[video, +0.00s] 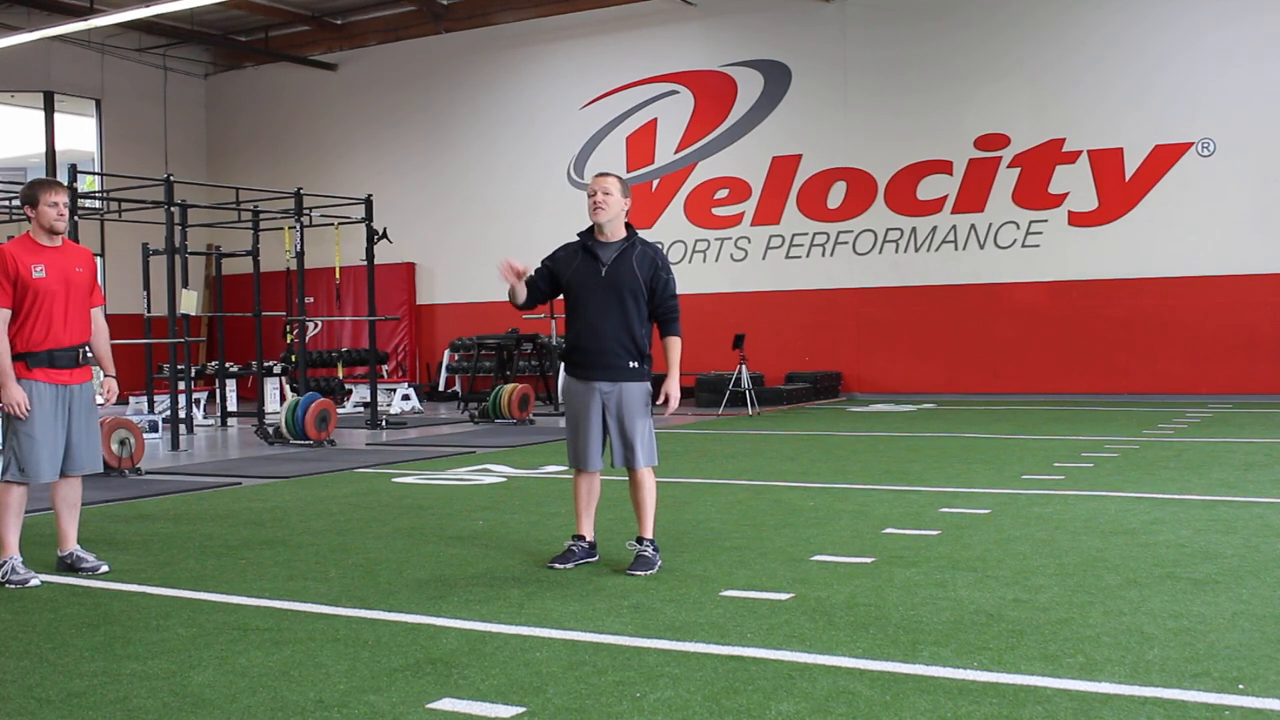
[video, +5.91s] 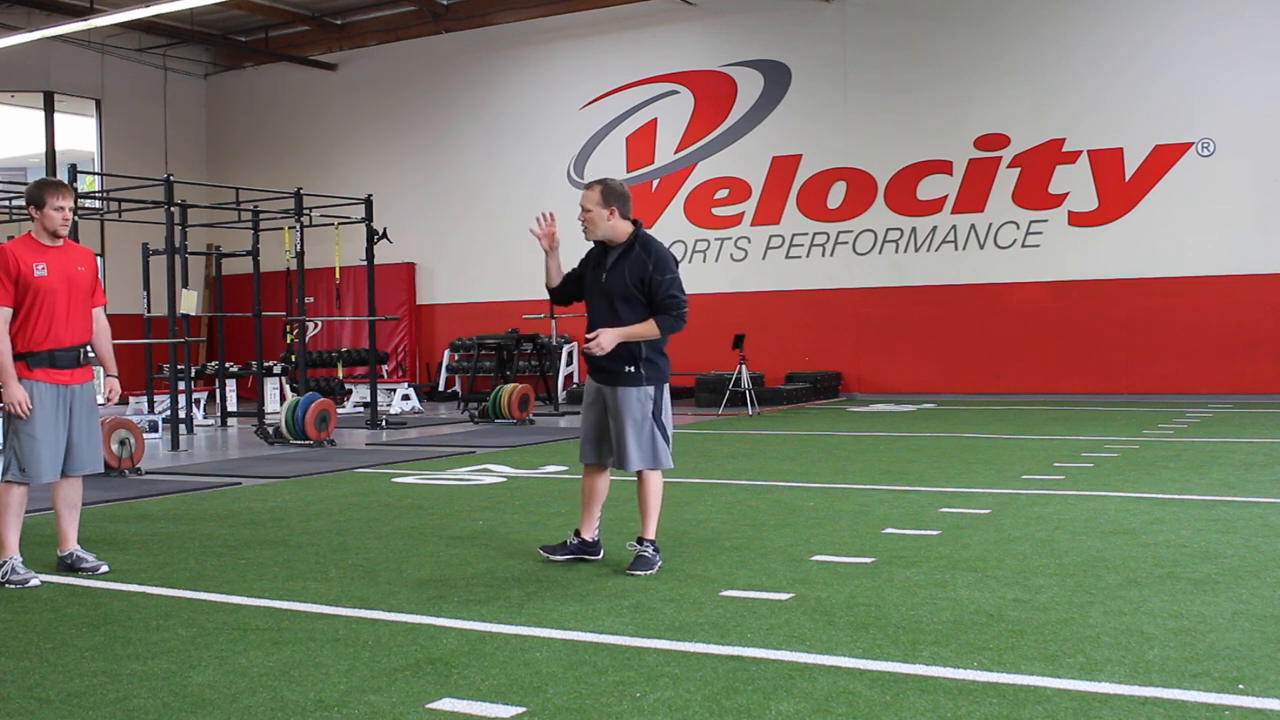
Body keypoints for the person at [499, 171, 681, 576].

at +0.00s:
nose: (597, 199)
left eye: (606, 193)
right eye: (592, 194)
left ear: (626, 203)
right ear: (587, 204)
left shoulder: (649, 256)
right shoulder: (568, 256)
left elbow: (669, 320)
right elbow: (527, 299)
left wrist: (673, 376)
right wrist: (517, 284)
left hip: (631, 379)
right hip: (580, 377)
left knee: (638, 463)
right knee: (584, 463)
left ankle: (646, 544)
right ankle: (584, 542)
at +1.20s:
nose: (594, 204)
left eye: (602, 197)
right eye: (588, 199)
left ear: (622, 204)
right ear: (583, 208)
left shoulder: (649, 255)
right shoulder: (570, 257)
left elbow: (673, 312)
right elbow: (539, 309)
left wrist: (654, 335)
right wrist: (528, 296)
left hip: (632, 379)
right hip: (582, 377)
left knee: (639, 463)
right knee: (585, 462)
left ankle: (646, 544)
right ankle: (583, 542)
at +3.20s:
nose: (590, 208)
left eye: (598, 201)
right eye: (587, 202)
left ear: (622, 207)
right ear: (586, 208)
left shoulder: (653, 256)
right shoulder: (572, 259)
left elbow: (678, 315)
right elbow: (548, 322)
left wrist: (651, 311)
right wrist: (557, 309)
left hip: (635, 381)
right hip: (584, 379)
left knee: (641, 463)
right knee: (586, 464)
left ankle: (646, 544)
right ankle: (584, 542)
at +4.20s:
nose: (586, 209)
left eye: (594, 202)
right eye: (582, 204)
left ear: (618, 206)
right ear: (579, 211)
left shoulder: (648, 253)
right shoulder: (571, 258)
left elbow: (659, 311)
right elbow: (551, 323)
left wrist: (605, 288)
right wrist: (553, 308)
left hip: (634, 379)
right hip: (585, 377)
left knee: (641, 462)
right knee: (586, 461)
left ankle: (646, 544)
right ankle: (584, 541)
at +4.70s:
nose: (587, 204)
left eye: (596, 197)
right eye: (585, 197)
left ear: (621, 204)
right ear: (582, 204)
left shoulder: (651, 251)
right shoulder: (571, 257)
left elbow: (679, 310)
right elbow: (550, 310)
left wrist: (659, 280)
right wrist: (554, 317)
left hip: (636, 377)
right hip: (585, 377)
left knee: (641, 462)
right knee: (587, 463)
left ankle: (646, 544)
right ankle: (584, 541)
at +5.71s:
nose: (586, 216)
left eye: (593, 209)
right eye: (587, 209)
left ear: (618, 212)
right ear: (612, 213)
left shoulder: (662, 256)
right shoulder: (599, 256)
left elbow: (685, 317)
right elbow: (575, 307)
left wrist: (634, 334)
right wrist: (554, 282)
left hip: (646, 380)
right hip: (602, 377)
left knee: (649, 462)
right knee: (595, 459)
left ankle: (648, 545)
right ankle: (589, 540)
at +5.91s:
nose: (581, 218)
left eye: (587, 211)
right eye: (581, 211)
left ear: (613, 213)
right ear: (608, 214)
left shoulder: (654, 256)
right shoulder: (597, 255)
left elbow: (674, 318)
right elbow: (561, 294)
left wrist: (618, 334)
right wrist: (551, 250)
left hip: (641, 380)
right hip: (600, 376)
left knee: (646, 463)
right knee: (595, 458)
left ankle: (647, 545)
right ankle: (587, 539)